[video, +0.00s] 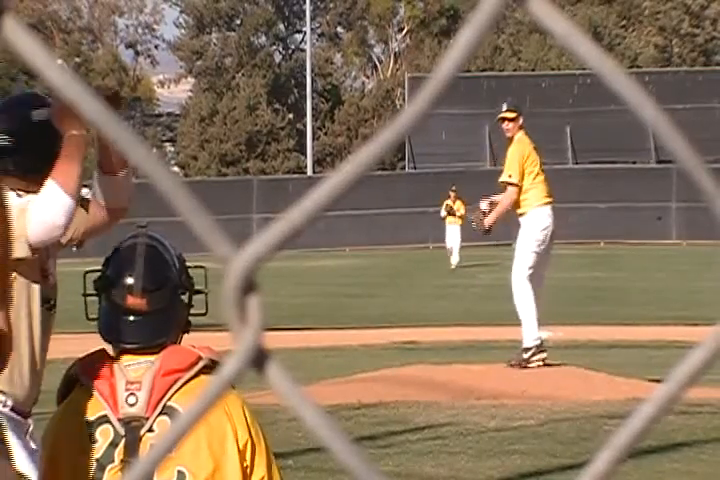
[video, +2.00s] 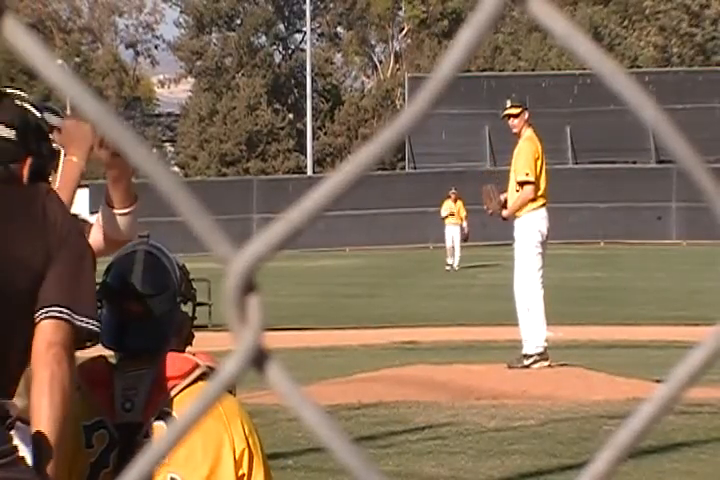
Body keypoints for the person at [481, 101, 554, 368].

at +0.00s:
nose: (506, 125)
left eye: (510, 120)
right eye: (503, 121)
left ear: (520, 121)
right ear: (501, 123)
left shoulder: (517, 146)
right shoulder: (522, 143)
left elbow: (512, 193)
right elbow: (519, 187)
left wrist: (489, 221)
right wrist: (495, 200)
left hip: (535, 214)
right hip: (541, 212)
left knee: (520, 276)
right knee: (530, 278)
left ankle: (532, 343)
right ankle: (531, 342)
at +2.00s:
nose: (511, 121)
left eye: (515, 116)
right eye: (508, 117)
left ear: (526, 115)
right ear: (508, 120)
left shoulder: (526, 144)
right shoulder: (527, 141)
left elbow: (530, 189)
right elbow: (522, 183)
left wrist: (509, 210)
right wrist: (504, 199)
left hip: (531, 215)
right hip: (528, 214)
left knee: (528, 282)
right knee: (526, 282)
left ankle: (535, 347)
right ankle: (533, 346)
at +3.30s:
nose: (500, 132)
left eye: (504, 126)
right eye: (498, 128)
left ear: (516, 123)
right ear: (499, 129)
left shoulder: (519, 148)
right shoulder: (526, 144)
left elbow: (520, 196)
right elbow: (525, 192)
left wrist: (498, 212)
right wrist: (502, 207)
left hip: (531, 217)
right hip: (539, 215)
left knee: (504, 278)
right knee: (526, 284)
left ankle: (526, 342)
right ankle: (532, 343)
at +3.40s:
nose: (498, 135)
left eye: (500, 129)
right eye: (495, 132)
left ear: (512, 126)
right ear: (503, 131)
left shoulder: (519, 148)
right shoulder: (525, 147)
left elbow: (515, 198)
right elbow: (520, 197)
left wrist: (489, 207)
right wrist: (493, 201)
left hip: (530, 218)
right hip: (541, 217)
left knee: (490, 257)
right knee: (525, 282)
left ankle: (513, 311)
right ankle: (533, 346)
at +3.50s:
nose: (494, 139)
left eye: (496, 133)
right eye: (492, 136)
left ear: (508, 128)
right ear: (501, 133)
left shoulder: (516, 150)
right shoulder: (520, 148)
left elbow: (509, 199)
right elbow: (512, 196)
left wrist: (480, 199)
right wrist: (483, 199)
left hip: (531, 214)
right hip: (538, 213)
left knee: (484, 228)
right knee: (528, 282)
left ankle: (508, 282)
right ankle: (531, 346)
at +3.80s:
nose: (477, 165)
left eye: (478, 159)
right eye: (474, 162)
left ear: (488, 152)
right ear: (486, 155)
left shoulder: (497, 167)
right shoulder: (505, 167)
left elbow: (493, 212)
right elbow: (504, 216)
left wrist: (472, 238)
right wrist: (485, 241)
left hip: (536, 217)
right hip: (547, 215)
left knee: (498, 252)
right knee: (530, 280)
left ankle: (544, 266)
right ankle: (533, 346)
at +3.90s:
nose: (470, 185)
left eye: (471, 178)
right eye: (467, 182)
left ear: (482, 170)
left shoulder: (491, 183)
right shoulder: (498, 181)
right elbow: (512, 233)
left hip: (540, 219)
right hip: (546, 218)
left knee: (509, 268)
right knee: (532, 284)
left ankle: (542, 307)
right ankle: (532, 348)